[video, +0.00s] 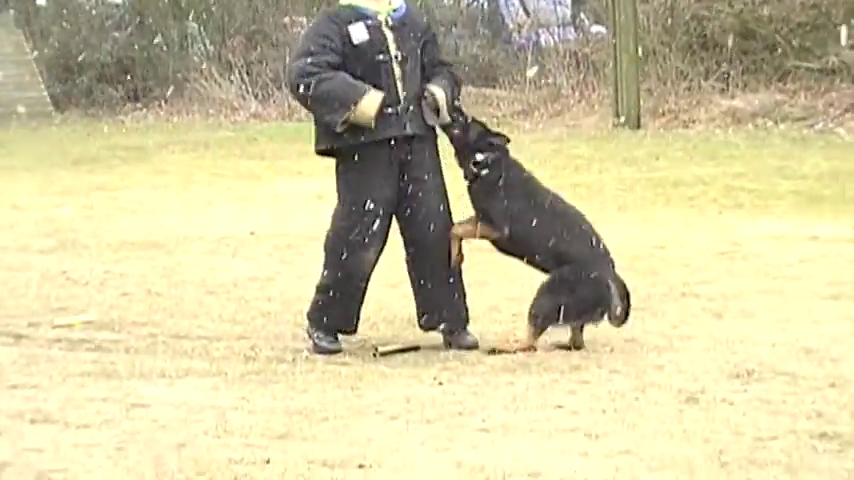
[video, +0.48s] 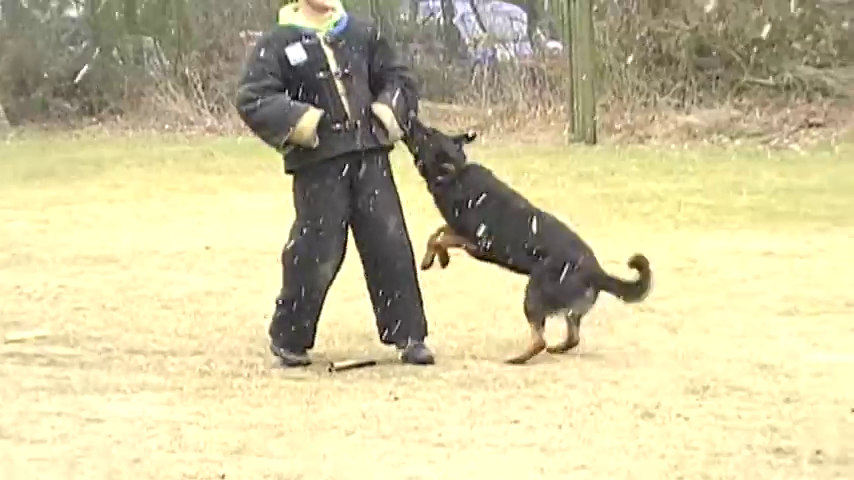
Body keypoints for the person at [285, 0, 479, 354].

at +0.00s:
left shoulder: (414, 24)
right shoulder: (335, 23)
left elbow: (441, 70)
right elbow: (307, 75)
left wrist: (440, 90)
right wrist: (358, 100)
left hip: (419, 147)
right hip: (367, 150)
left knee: (434, 232)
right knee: (357, 238)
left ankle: (453, 324)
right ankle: (324, 323)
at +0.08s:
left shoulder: (415, 19)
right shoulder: (335, 18)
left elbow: (441, 67)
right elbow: (306, 69)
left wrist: (435, 85)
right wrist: (362, 95)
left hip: (417, 143)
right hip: (364, 146)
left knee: (432, 230)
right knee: (353, 234)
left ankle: (449, 321)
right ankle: (321, 319)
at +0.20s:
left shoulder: (407, 22)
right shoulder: (323, 18)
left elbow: (438, 75)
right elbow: (298, 70)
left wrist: (422, 99)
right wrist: (353, 88)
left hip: (407, 143)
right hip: (353, 142)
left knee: (423, 231)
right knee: (345, 234)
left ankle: (438, 318)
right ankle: (312, 318)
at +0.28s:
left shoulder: (403, 19)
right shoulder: (315, 18)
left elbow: (431, 75)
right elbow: (288, 70)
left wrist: (411, 102)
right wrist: (336, 91)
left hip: (401, 145)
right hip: (347, 145)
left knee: (416, 232)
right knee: (336, 235)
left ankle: (432, 321)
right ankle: (304, 320)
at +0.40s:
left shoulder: (382, 23)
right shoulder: (293, 30)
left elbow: (413, 75)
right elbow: (267, 82)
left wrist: (395, 102)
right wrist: (312, 107)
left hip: (384, 150)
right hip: (331, 154)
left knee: (401, 237)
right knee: (325, 243)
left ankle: (420, 328)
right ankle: (293, 328)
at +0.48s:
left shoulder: (363, 32)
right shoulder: (276, 42)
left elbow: (399, 78)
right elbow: (253, 99)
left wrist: (389, 111)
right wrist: (296, 120)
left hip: (373, 160)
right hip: (321, 166)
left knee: (391, 247)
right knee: (316, 255)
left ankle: (410, 337)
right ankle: (289, 340)